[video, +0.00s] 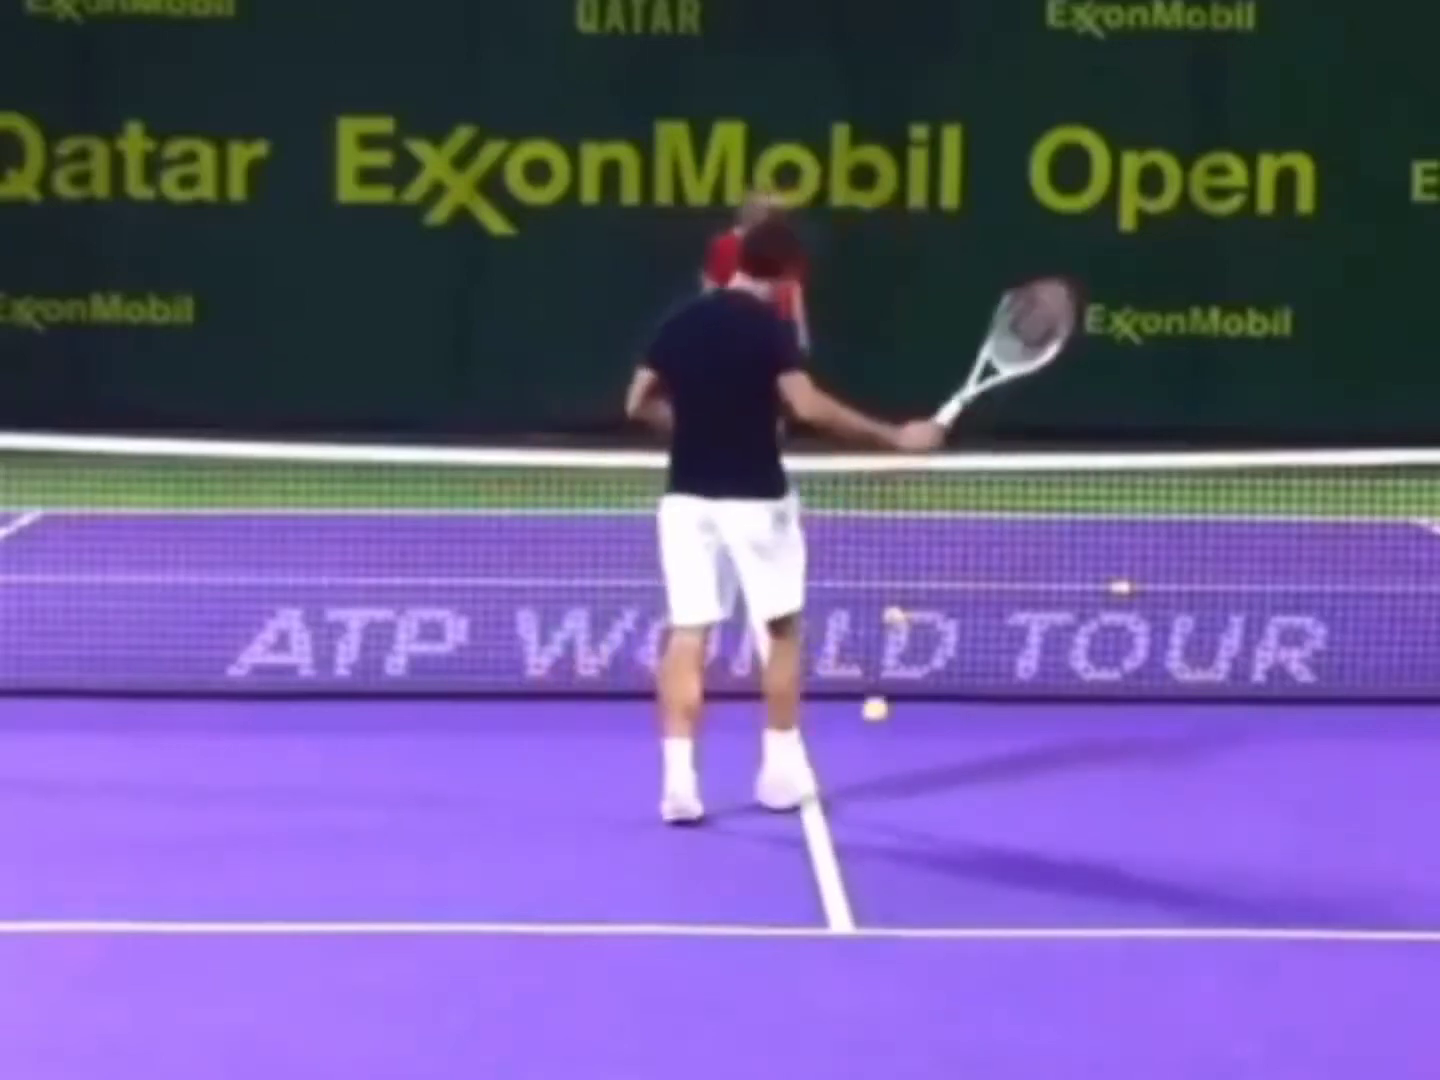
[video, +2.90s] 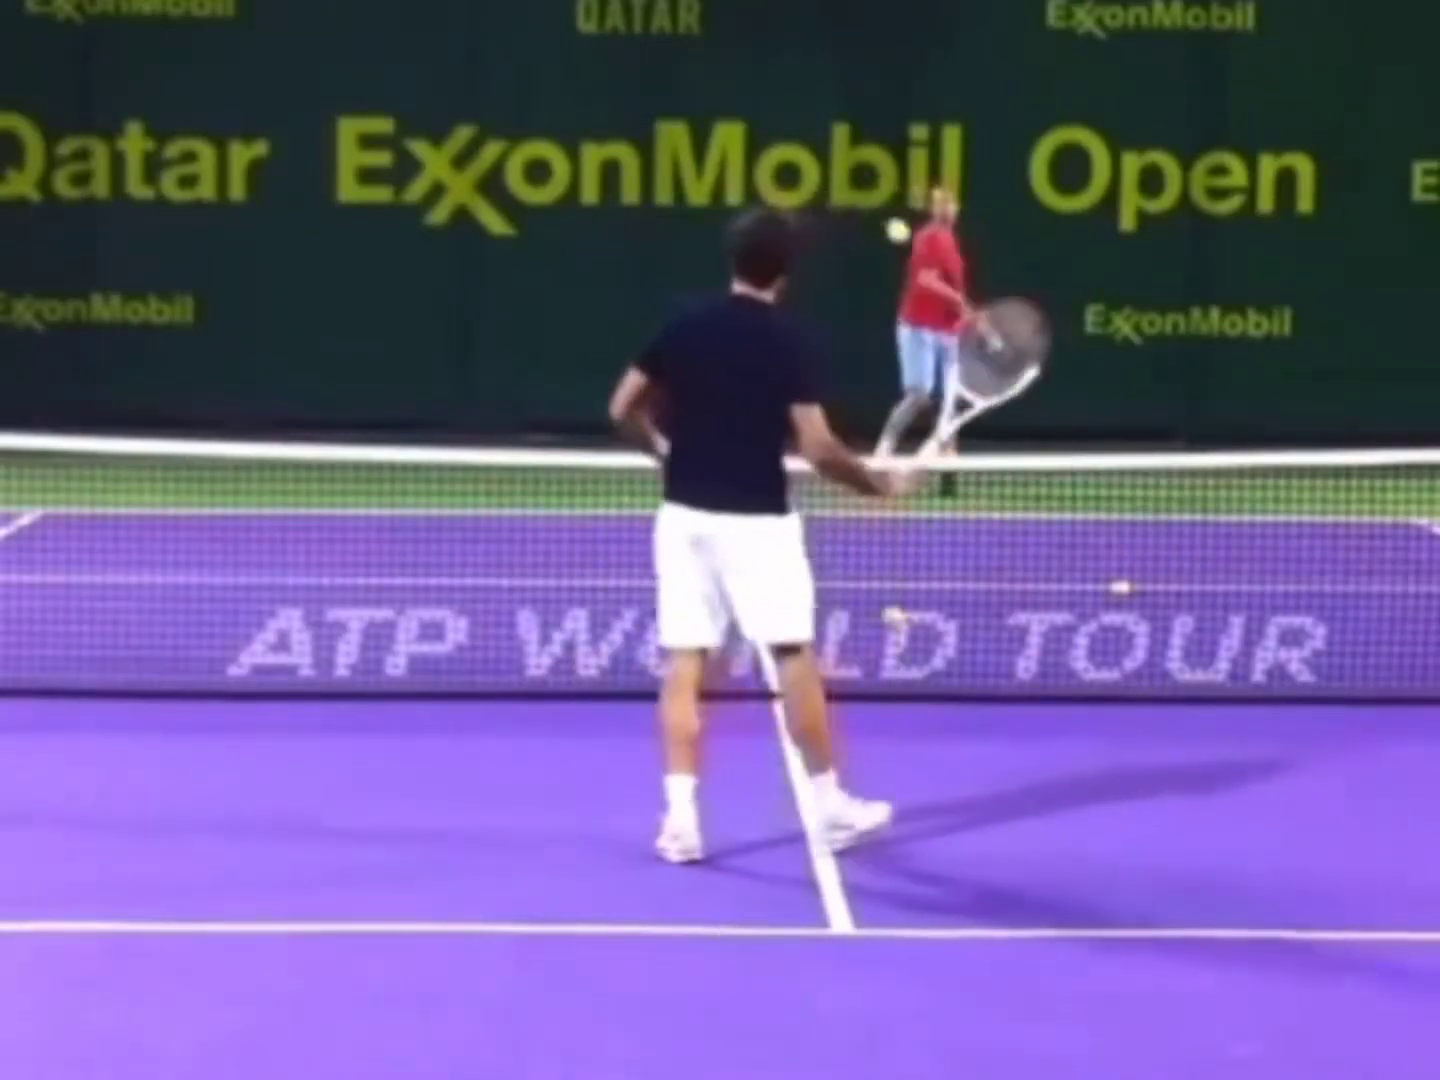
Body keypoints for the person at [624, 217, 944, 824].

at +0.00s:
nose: (794, 288)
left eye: (793, 279)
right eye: (794, 279)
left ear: (737, 263)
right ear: (783, 275)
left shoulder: (686, 318)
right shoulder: (771, 326)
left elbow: (639, 403)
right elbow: (807, 406)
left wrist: (690, 425)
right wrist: (896, 436)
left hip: (686, 497)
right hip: (757, 499)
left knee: (686, 633)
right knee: (781, 631)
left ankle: (677, 774)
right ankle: (782, 765)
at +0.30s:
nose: (870, 337)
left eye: (870, 326)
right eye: (872, 327)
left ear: (820, 304)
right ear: (865, 323)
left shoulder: (757, 339)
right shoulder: (848, 368)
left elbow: (693, 406)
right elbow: (883, 463)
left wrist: (717, 459)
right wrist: (949, 507)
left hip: (730, 513)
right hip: (800, 522)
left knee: (706, 638)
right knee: (821, 634)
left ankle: (683, 767)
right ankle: (824, 762)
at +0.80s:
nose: (921, 367)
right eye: (923, 359)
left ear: (884, 323)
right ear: (919, 356)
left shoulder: (836, 328)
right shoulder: (903, 397)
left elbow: (772, 346)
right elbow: (898, 505)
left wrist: (762, 421)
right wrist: (871, 539)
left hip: (778, 459)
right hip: (842, 487)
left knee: (727, 584)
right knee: (833, 616)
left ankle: (690, 705)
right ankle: (826, 759)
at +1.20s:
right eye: (909, 283)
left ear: (863, 267)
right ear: (911, 291)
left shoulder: (815, 302)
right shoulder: (905, 352)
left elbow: (774, 359)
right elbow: (900, 446)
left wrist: (756, 426)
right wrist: (871, 474)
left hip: (782, 473)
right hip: (848, 490)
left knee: (748, 604)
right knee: (838, 621)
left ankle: (760, 732)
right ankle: (828, 756)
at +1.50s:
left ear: (800, 278)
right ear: (852, 282)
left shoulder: (765, 337)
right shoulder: (874, 345)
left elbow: (726, 429)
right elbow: (906, 439)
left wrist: (764, 462)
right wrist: (867, 472)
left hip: (768, 505)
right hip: (840, 514)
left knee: (760, 642)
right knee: (841, 634)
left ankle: (783, 774)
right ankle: (840, 760)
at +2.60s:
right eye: (844, 265)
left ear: (794, 264)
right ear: (849, 271)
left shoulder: (751, 327)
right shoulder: (867, 340)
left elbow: (710, 413)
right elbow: (899, 442)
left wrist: (757, 426)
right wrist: (870, 477)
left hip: (749, 511)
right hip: (826, 516)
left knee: (720, 655)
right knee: (848, 659)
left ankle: (694, 794)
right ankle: (859, 806)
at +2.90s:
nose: (784, 274)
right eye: (786, 265)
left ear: (731, 264)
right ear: (786, 271)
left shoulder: (688, 324)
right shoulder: (787, 339)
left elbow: (623, 408)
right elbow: (816, 446)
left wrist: (669, 445)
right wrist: (873, 480)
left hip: (683, 518)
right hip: (758, 523)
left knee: (684, 664)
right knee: (794, 657)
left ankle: (680, 815)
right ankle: (826, 800)